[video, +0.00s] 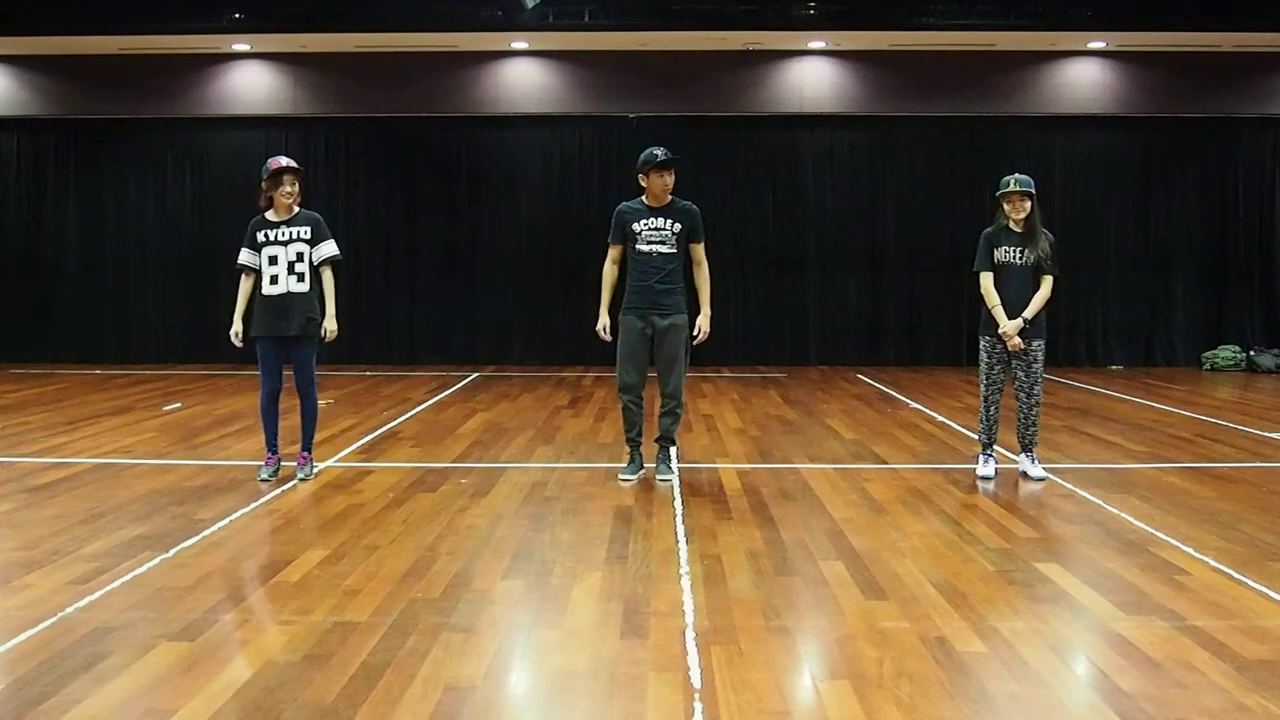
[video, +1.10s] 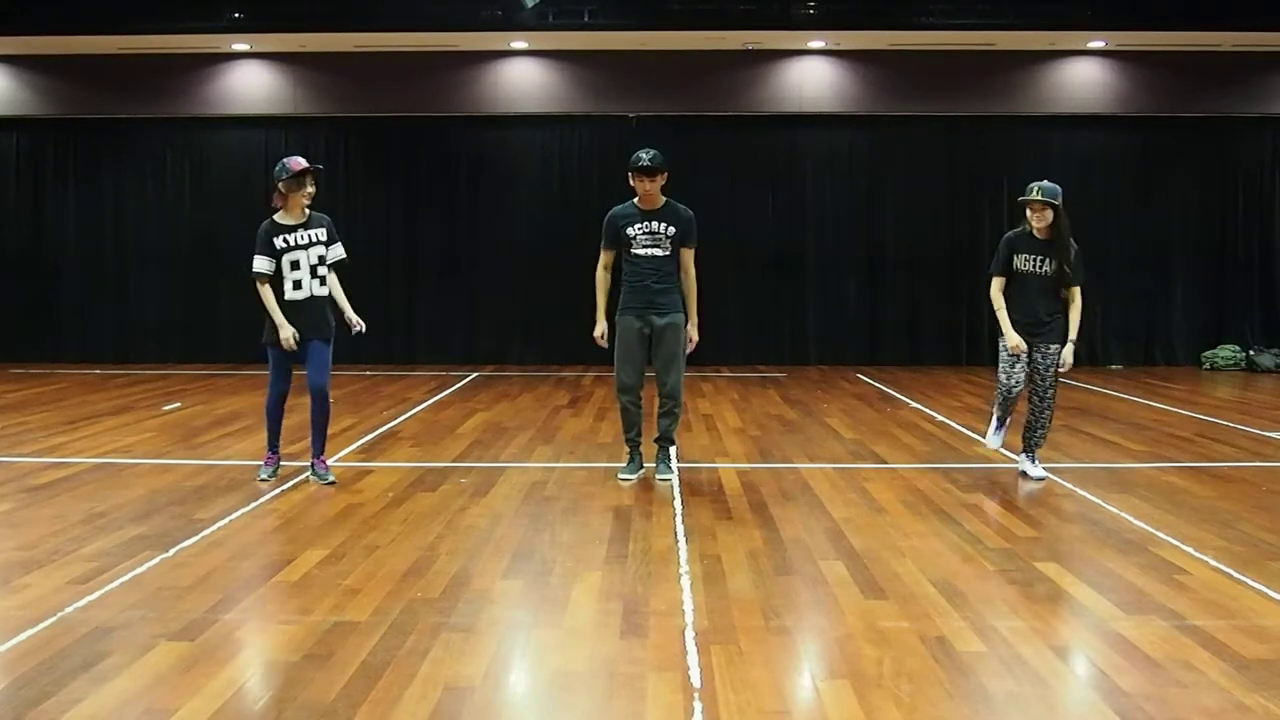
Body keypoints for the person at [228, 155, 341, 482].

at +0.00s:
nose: (289, 189)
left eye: (293, 184)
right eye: (282, 185)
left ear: (299, 188)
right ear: (270, 189)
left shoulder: (312, 222)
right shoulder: (258, 226)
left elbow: (326, 270)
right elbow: (248, 275)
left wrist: (330, 314)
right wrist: (237, 318)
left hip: (305, 320)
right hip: (267, 322)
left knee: (306, 388)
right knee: (270, 389)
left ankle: (305, 455)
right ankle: (271, 455)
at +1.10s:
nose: (309, 190)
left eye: (311, 184)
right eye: (300, 185)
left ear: (314, 186)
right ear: (283, 189)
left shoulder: (322, 224)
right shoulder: (269, 230)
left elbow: (329, 273)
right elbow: (262, 283)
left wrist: (348, 311)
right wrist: (281, 324)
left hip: (320, 321)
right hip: (282, 322)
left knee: (319, 387)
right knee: (278, 389)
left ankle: (318, 459)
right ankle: (272, 454)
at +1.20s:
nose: (318, 191)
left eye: (320, 184)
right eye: (310, 186)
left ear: (322, 186)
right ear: (291, 190)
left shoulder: (330, 222)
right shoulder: (277, 228)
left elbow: (339, 266)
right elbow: (266, 277)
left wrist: (350, 294)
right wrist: (301, 305)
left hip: (329, 317)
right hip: (292, 319)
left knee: (324, 388)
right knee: (290, 388)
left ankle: (319, 459)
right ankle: (274, 454)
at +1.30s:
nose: (328, 198)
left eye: (329, 191)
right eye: (321, 193)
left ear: (331, 192)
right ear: (301, 194)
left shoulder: (340, 223)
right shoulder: (284, 227)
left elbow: (358, 266)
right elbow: (273, 274)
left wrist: (351, 271)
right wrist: (317, 273)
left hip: (334, 318)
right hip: (300, 319)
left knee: (328, 390)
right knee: (309, 386)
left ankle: (320, 459)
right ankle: (282, 439)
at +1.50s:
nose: (341, 190)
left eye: (342, 183)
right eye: (333, 185)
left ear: (347, 184)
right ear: (315, 188)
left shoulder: (353, 219)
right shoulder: (301, 221)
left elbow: (381, 260)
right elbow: (301, 262)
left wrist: (374, 232)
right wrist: (332, 230)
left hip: (347, 313)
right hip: (314, 311)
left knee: (331, 383)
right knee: (343, 374)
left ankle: (319, 455)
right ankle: (316, 439)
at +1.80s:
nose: (365, 182)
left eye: (364, 176)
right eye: (357, 178)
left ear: (363, 182)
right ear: (339, 186)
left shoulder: (372, 222)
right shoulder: (329, 226)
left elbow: (402, 259)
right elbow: (356, 257)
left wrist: (401, 222)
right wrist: (366, 216)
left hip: (373, 317)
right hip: (344, 319)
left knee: (384, 392)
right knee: (362, 393)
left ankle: (339, 444)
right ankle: (350, 468)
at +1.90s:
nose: (376, 177)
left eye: (374, 171)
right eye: (368, 173)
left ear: (365, 180)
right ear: (350, 181)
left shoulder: (379, 218)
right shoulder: (341, 223)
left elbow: (416, 249)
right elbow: (376, 247)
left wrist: (413, 213)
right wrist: (380, 209)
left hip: (383, 320)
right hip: (353, 323)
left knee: (408, 383)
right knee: (359, 395)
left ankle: (374, 444)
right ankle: (349, 470)